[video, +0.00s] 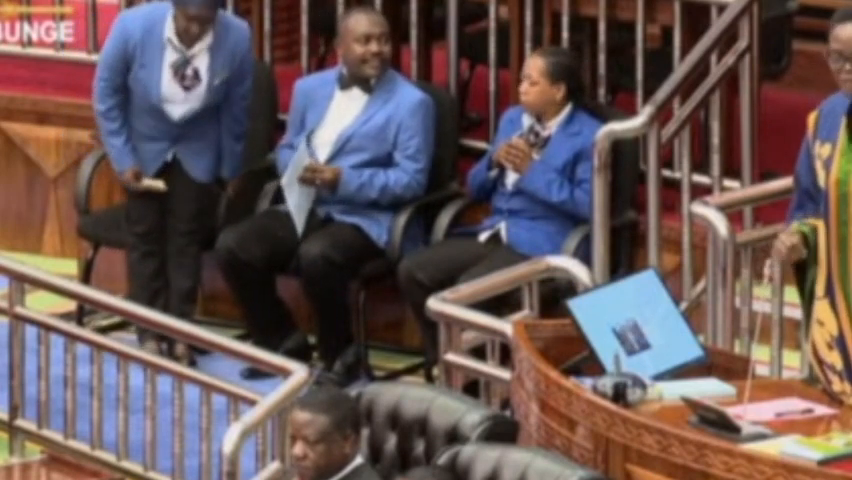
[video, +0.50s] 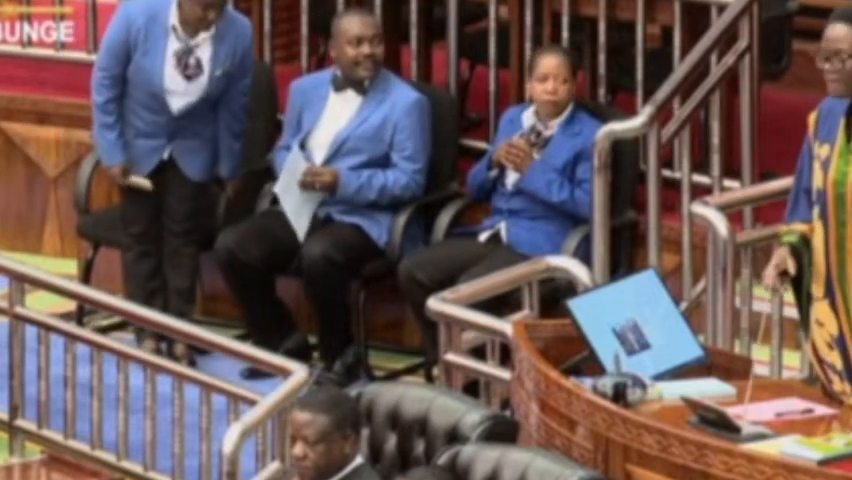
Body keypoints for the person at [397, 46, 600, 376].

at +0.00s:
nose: (522, 90)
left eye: (531, 83)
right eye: (522, 81)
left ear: (559, 92)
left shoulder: (589, 135)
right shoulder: (512, 120)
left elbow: (589, 206)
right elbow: (476, 188)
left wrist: (530, 172)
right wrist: (495, 164)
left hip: (539, 249)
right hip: (495, 235)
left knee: (464, 295)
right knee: (414, 271)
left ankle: (483, 380)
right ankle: (444, 365)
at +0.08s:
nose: (524, 91)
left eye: (534, 84)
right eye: (523, 81)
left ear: (562, 91)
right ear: (519, 83)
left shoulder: (589, 135)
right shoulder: (512, 120)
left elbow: (590, 206)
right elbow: (476, 189)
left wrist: (530, 172)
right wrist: (495, 164)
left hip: (539, 250)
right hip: (494, 236)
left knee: (464, 295)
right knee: (414, 271)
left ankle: (483, 380)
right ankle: (445, 365)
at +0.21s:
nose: (530, 91)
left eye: (542, 83)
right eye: (527, 81)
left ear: (567, 90)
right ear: (520, 83)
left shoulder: (589, 135)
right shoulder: (512, 120)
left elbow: (590, 206)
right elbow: (476, 188)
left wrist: (530, 172)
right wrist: (495, 164)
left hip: (539, 249)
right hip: (495, 235)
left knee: (464, 295)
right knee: (414, 271)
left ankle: (483, 380)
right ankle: (445, 365)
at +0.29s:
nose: (539, 91)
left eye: (550, 83)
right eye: (533, 81)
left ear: (570, 88)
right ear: (524, 84)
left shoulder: (590, 135)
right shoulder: (512, 120)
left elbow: (590, 206)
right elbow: (476, 189)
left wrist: (530, 172)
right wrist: (495, 164)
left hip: (539, 249)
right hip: (495, 236)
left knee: (464, 295)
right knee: (414, 271)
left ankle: (483, 380)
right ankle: (445, 365)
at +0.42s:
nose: (549, 90)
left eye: (559, 82)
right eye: (540, 81)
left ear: (574, 87)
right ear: (528, 85)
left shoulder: (590, 135)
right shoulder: (512, 120)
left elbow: (590, 207)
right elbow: (476, 189)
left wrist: (530, 172)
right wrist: (494, 164)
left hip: (538, 249)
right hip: (495, 236)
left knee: (462, 297)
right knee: (413, 271)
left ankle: (483, 380)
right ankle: (446, 365)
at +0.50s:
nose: (551, 89)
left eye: (561, 81)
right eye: (542, 80)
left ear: (574, 86)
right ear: (529, 85)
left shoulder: (590, 135)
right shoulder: (512, 120)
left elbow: (590, 207)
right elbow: (476, 189)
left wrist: (530, 172)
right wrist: (494, 164)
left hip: (540, 249)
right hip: (495, 235)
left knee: (464, 295)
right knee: (414, 271)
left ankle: (484, 380)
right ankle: (446, 365)